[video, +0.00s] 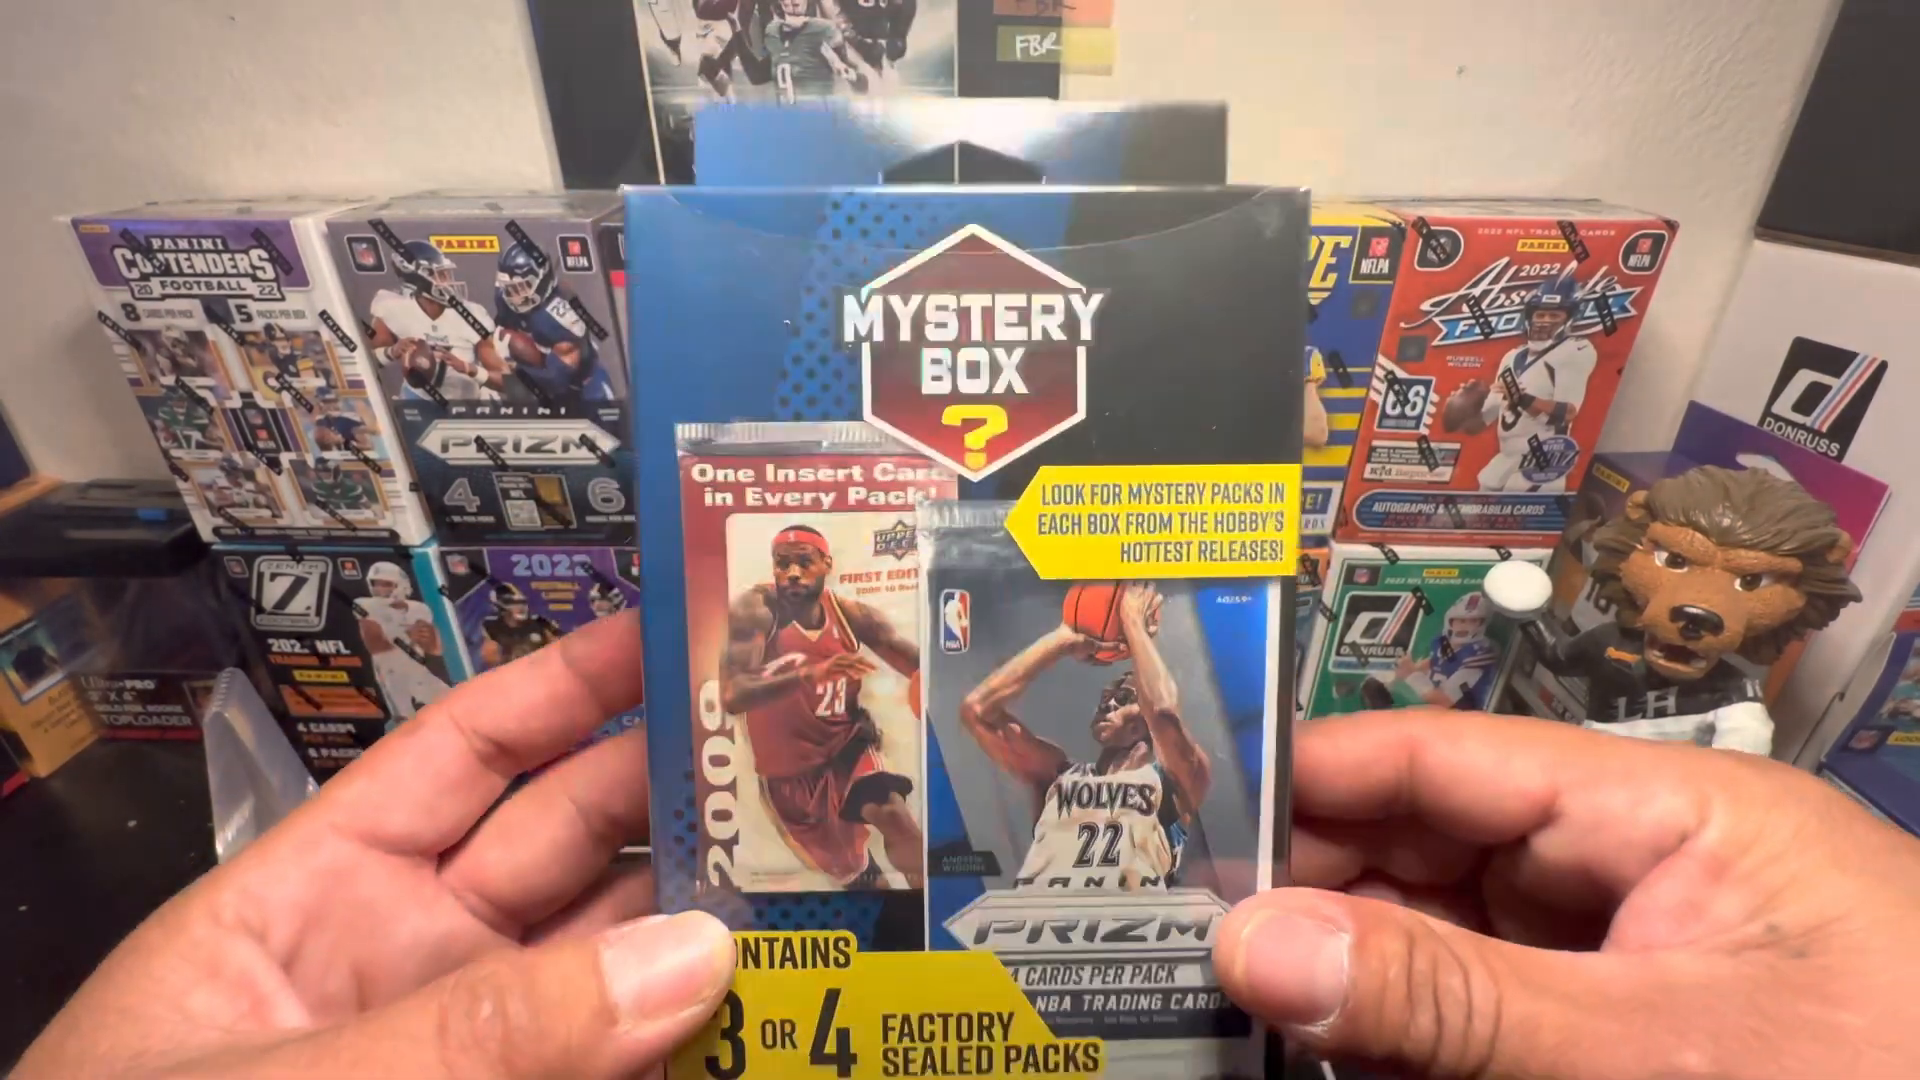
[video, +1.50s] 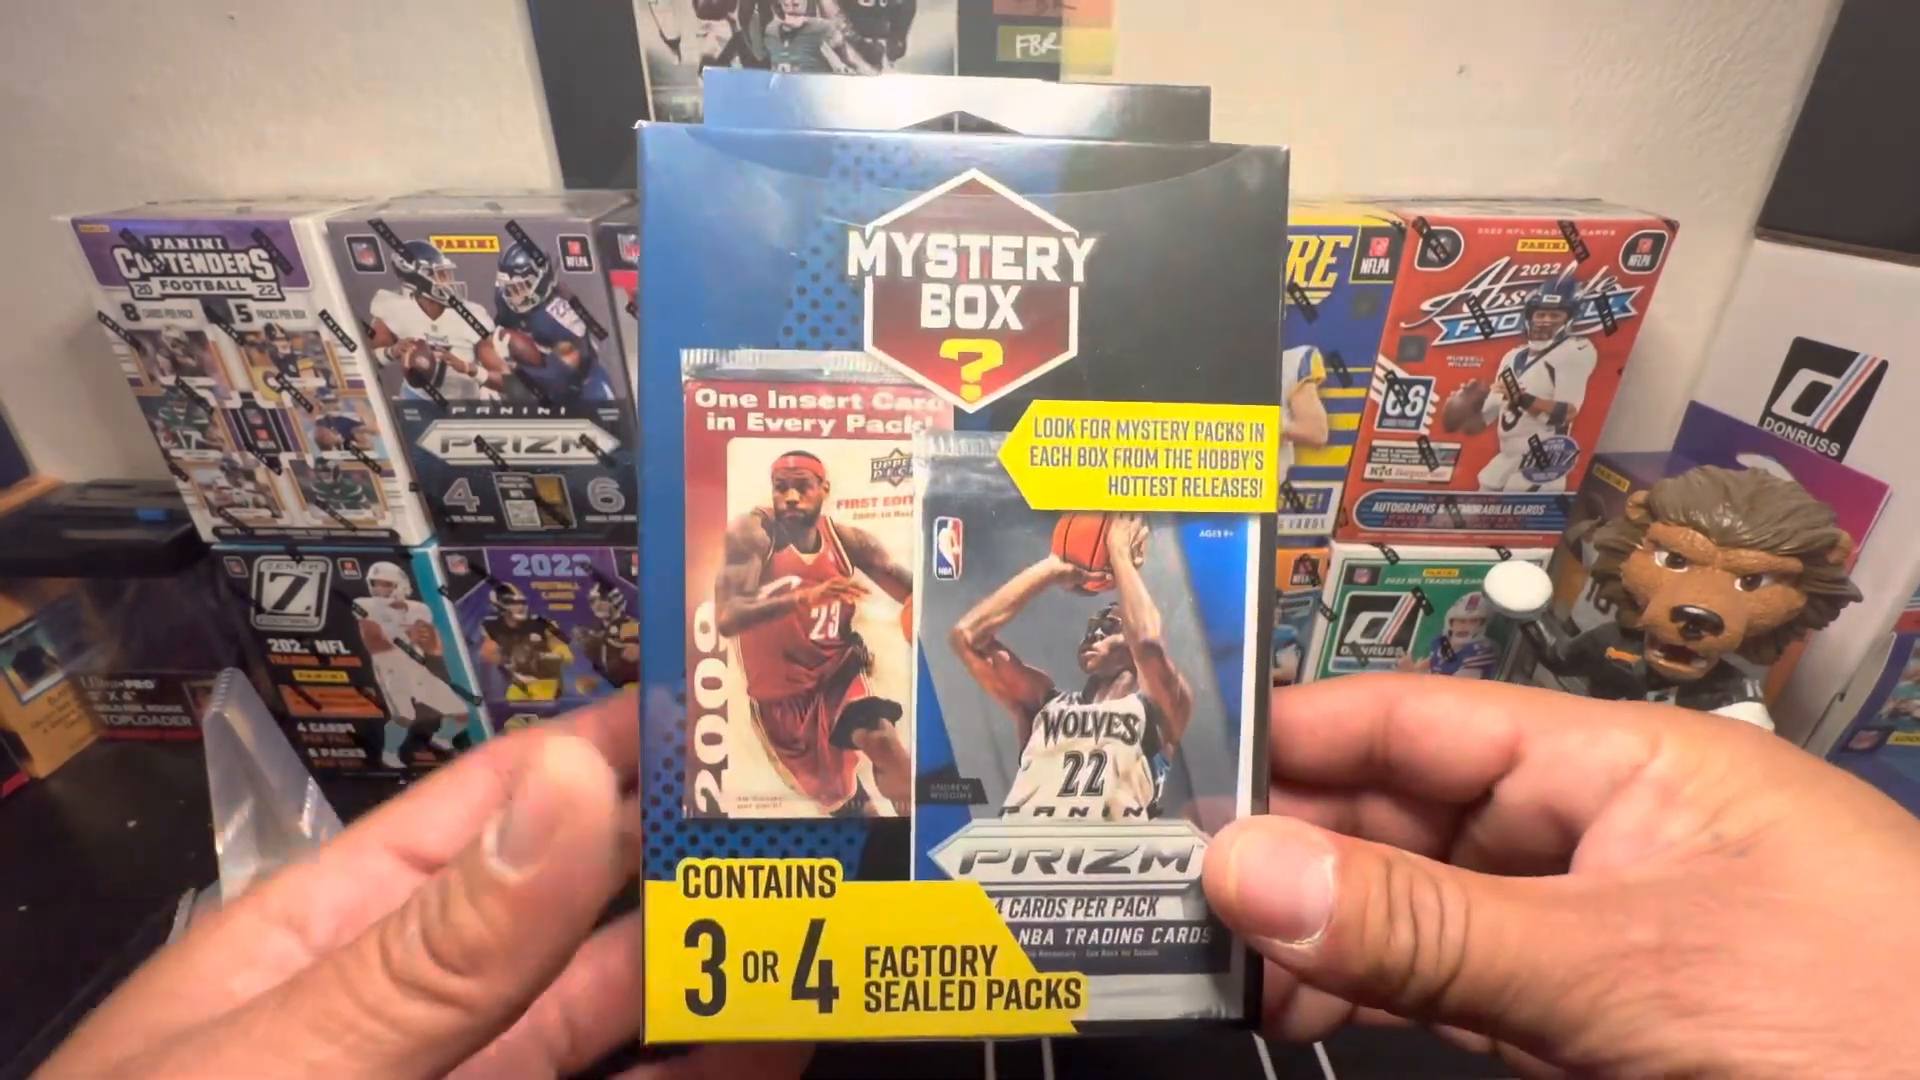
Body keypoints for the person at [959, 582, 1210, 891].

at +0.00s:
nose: (1107, 702)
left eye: (1125, 697)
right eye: (1106, 696)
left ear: (1149, 715)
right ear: (1096, 709)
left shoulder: (1173, 782)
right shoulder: (1057, 775)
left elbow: (1162, 711)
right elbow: (978, 710)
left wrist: (1133, 623)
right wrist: (1063, 638)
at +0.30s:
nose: (1101, 729)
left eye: (1119, 722)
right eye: (1099, 723)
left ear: (1145, 738)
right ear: (1090, 737)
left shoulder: (1165, 803)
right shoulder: (1049, 796)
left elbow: (1158, 736)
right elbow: (973, 733)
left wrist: (1132, 648)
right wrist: (1062, 662)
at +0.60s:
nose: (1095, 769)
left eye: (1113, 762)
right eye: (1095, 763)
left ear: (1136, 781)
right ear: (1082, 779)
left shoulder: (1155, 840)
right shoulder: (1039, 834)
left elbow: (1150, 777)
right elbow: (961, 777)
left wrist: (1125, 694)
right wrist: (1051, 711)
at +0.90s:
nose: (1085, 753)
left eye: (1103, 746)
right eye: (1087, 747)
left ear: (1128, 765)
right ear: (1075, 762)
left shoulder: (1142, 819)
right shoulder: (1030, 815)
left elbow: (1141, 760)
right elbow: (953, 759)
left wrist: (1119, 676)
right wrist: (1045, 694)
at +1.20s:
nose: (1084, 668)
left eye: (1101, 659)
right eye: (1083, 661)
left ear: (1123, 676)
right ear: (1074, 676)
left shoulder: (1144, 740)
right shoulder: (1036, 732)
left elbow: (1138, 674)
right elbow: (965, 663)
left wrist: (1116, 590)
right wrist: (1048, 597)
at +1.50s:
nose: (1091, 635)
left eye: (1110, 626)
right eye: (1090, 628)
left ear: (1134, 642)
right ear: (1081, 642)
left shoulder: (1158, 710)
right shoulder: (1042, 704)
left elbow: (1146, 642)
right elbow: (968, 636)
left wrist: (1120, 554)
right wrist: (1051, 568)